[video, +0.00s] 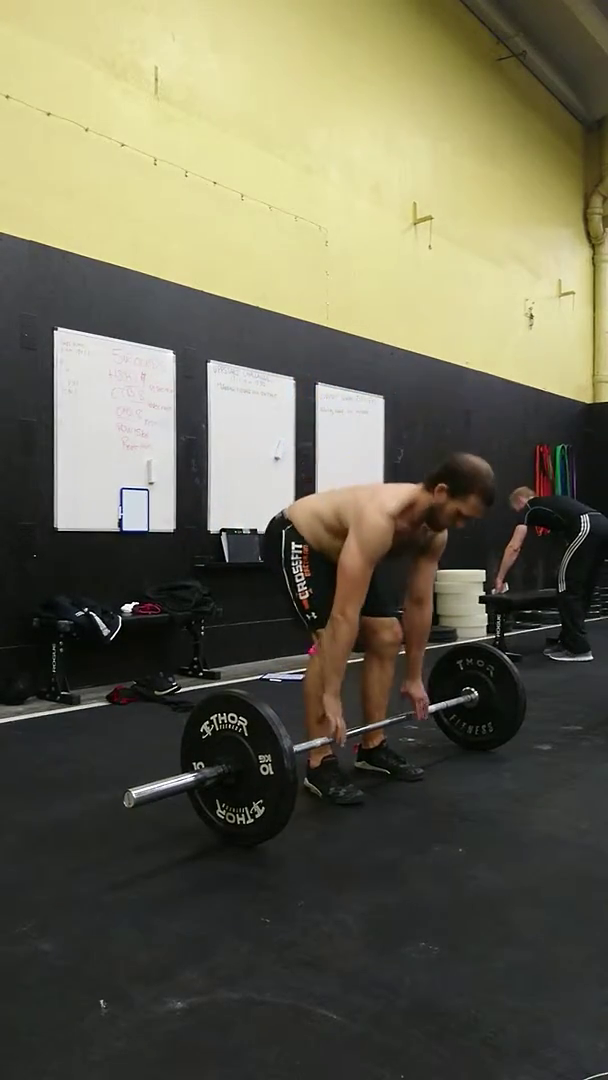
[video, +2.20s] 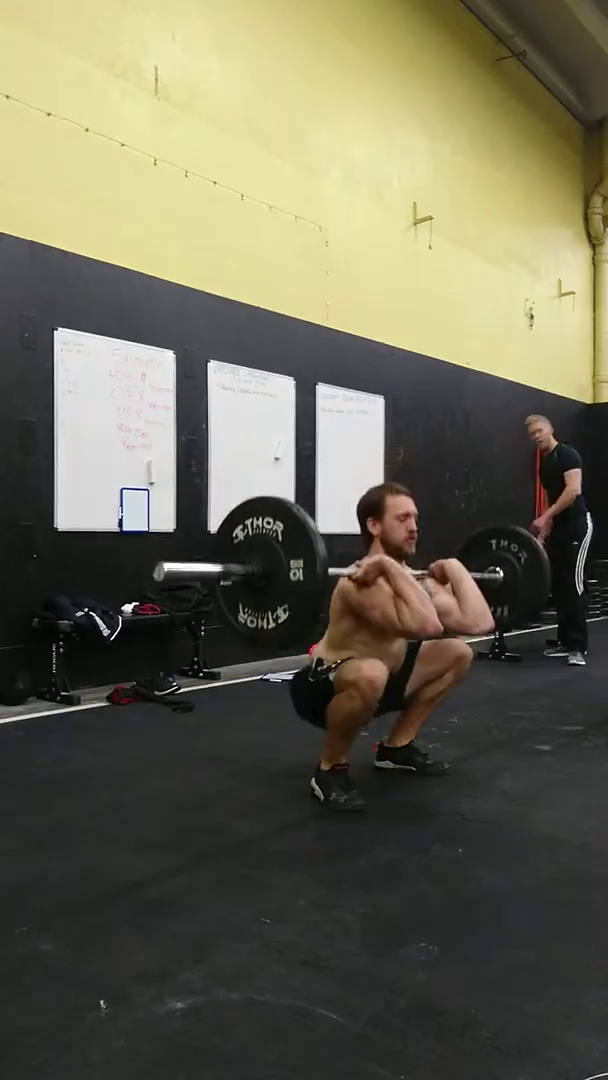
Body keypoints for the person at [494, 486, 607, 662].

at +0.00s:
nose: (519, 512)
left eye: (518, 508)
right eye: (517, 509)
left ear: (521, 501)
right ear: (531, 497)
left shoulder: (531, 508)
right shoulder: (550, 502)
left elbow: (514, 547)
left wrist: (500, 578)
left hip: (587, 528)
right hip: (600, 525)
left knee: (567, 585)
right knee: (582, 586)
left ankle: (578, 648)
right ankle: (569, 641)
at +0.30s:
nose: (508, 505)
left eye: (508, 500)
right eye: (506, 502)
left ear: (519, 493)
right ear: (522, 492)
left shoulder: (530, 504)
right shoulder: (541, 499)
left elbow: (520, 546)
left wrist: (504, 578)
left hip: (590, 527)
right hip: (599, 525)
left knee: (569, 585)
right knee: (580, 586)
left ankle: (578, 648)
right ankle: (569, 642)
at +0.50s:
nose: (506, 483)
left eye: (507, 477)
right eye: (503, 481)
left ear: (521, 470)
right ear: (522, 473)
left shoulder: (533, 487)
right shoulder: (541, 486)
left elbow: (540, 529)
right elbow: (567, 526)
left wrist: (525, 559)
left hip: (593, 525)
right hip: (590, 525)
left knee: (574, 582)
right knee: (572, 582)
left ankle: (578, 647)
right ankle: (570, 641)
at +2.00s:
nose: (517, 456)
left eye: (517, 450)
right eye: (514, 453)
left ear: (529, 443)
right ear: (525, 447)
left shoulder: (552, 459)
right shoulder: (540, 466)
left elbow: (559, 496)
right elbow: (552, 506)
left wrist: (539, 526)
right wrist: (549, 538)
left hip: (579, 524)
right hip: (564, 528)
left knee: (571, 582)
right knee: (560, 583)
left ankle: (582, 646)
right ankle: (566, 641)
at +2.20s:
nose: (536, 437)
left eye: (539, 431)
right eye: (533, 435)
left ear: (550, 429)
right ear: (532, 438)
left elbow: (573, 490)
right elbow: (550, 497)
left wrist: (546, 515)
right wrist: (545, 527)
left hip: (577, 522)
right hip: (558, 524)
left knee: (573, 582)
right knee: (559, 583)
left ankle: (578, 647)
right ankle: (565, 639)